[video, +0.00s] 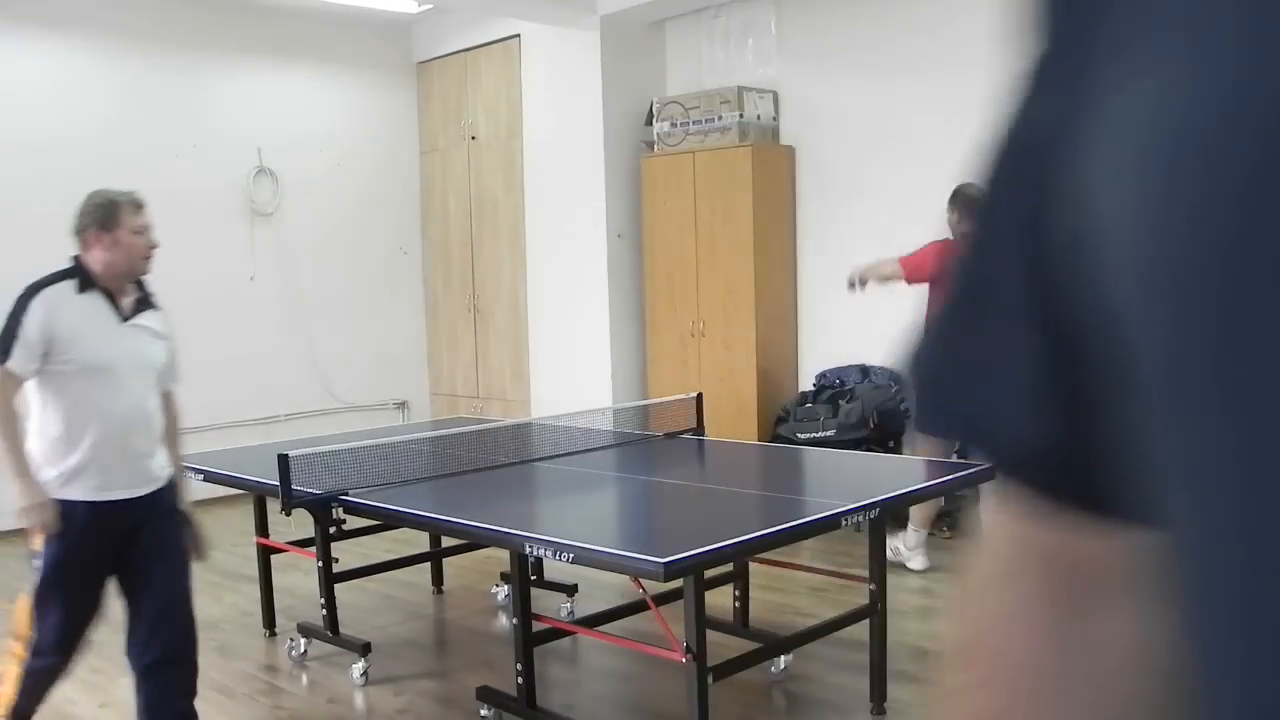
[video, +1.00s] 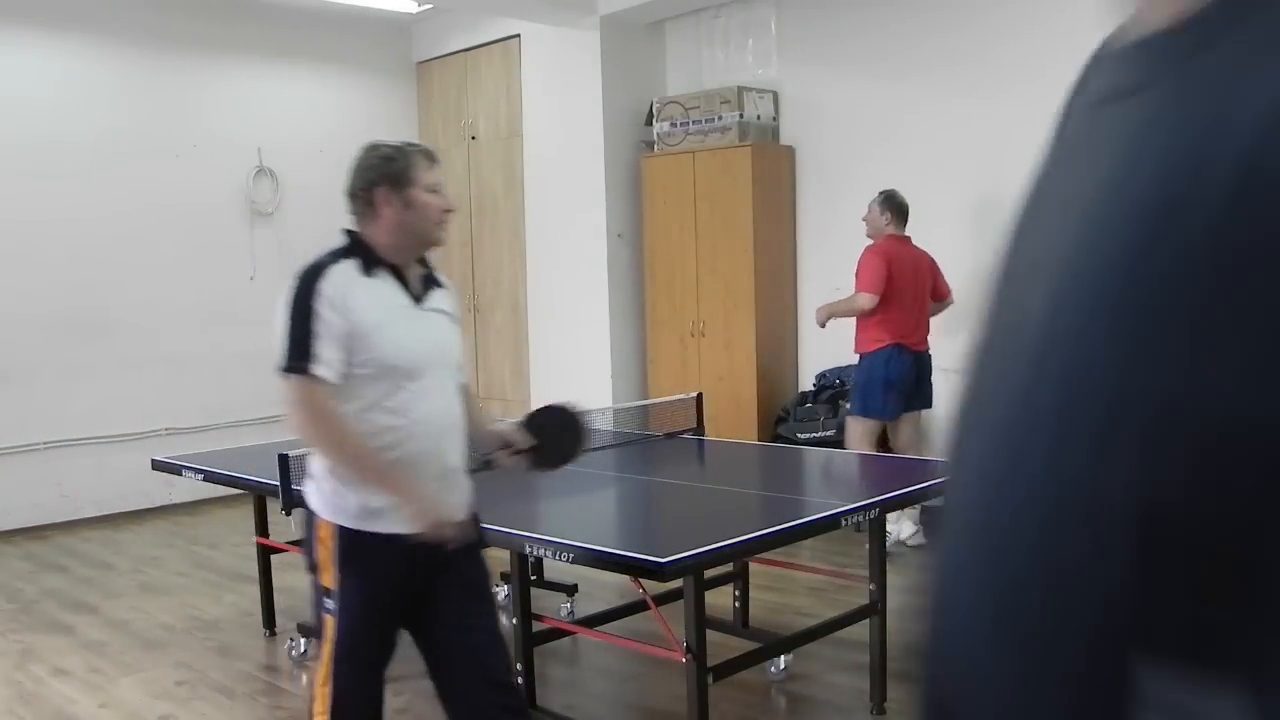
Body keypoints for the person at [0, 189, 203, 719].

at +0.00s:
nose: (153, 244)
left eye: (151, 233)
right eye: (140, 233)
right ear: (96, 240)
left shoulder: (152, 314)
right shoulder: (44, 303)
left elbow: (167, 409)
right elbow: (3, 394)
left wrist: (178, 498)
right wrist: (29, 491)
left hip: (153, 505)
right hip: (77, 511)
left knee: (169, 653)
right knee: (52, 647)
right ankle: (17, 710)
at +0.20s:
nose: (205, 223)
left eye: (203, 212)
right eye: (193, 213)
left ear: (161, 221)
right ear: (147, 221)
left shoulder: (203, 293)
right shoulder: (95, 281)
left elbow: (234, 377)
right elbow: (48, 372)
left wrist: (271, 455)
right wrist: (79, 470)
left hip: (196, 489)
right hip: (123, 491)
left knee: (195, 635)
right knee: (155, 637)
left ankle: (175, 713)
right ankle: (126, 709)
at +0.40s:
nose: (263, 227)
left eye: (261, 216)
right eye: (250, 217)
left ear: (215, 226)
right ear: (202, 226)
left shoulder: (261, 301)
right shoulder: (149, 292)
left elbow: (297, 384)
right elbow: (93, 391)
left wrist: (348, 450)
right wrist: (91, 501)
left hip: (246, 500)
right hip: (173, 505)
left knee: (207, 649)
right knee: (228, 662)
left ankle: (180, 713)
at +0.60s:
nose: (318, 220)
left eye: (314, 208)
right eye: (304, 209)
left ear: (267, 220)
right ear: (256, 218)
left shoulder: (314, 296)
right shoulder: (200, 300)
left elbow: (336, 386)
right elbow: (145, 410)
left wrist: (374, 457)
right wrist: (120, 518)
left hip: (319, 507)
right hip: (246, 511)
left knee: (302, 661)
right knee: (308, 681)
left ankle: (215, 715)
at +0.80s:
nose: (377, 203)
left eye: (373, 190)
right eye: (363, 191)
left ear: (323, 199)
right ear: (313, 199)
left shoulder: (366, 278)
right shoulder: (258, 280)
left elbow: (383, 374)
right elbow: (216, 401)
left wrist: (415, 442)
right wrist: (227, 521)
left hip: (384, 503)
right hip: (302, 515)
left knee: (430, 642)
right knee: (320, 687)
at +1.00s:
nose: (449, 205)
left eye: (445, 192)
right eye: (434, 192)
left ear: (396, 203)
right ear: (385, 201)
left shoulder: (439, 290)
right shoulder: (328, 283)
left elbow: (441, 392)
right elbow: (308, 406)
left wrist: (493, 434)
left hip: (445, 530)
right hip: (361, 536)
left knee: (488, 692)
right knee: (351, 701)